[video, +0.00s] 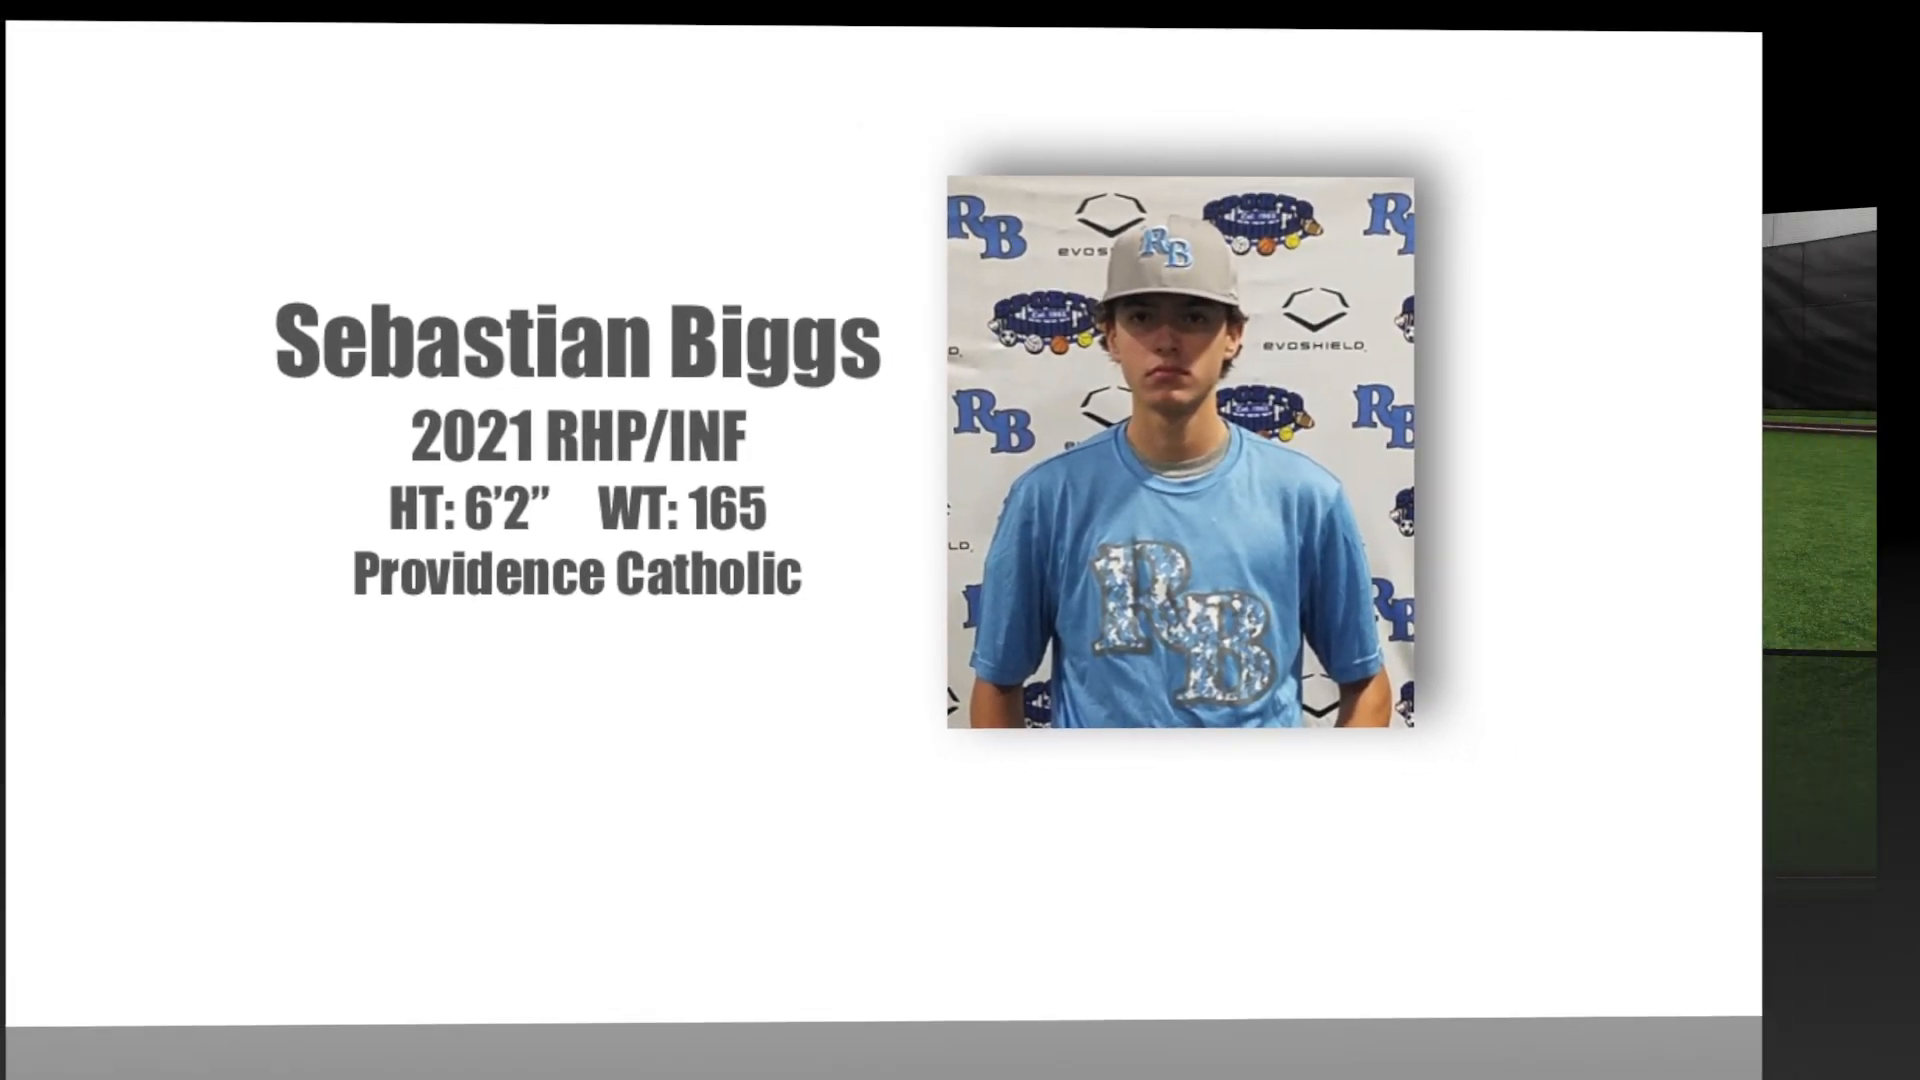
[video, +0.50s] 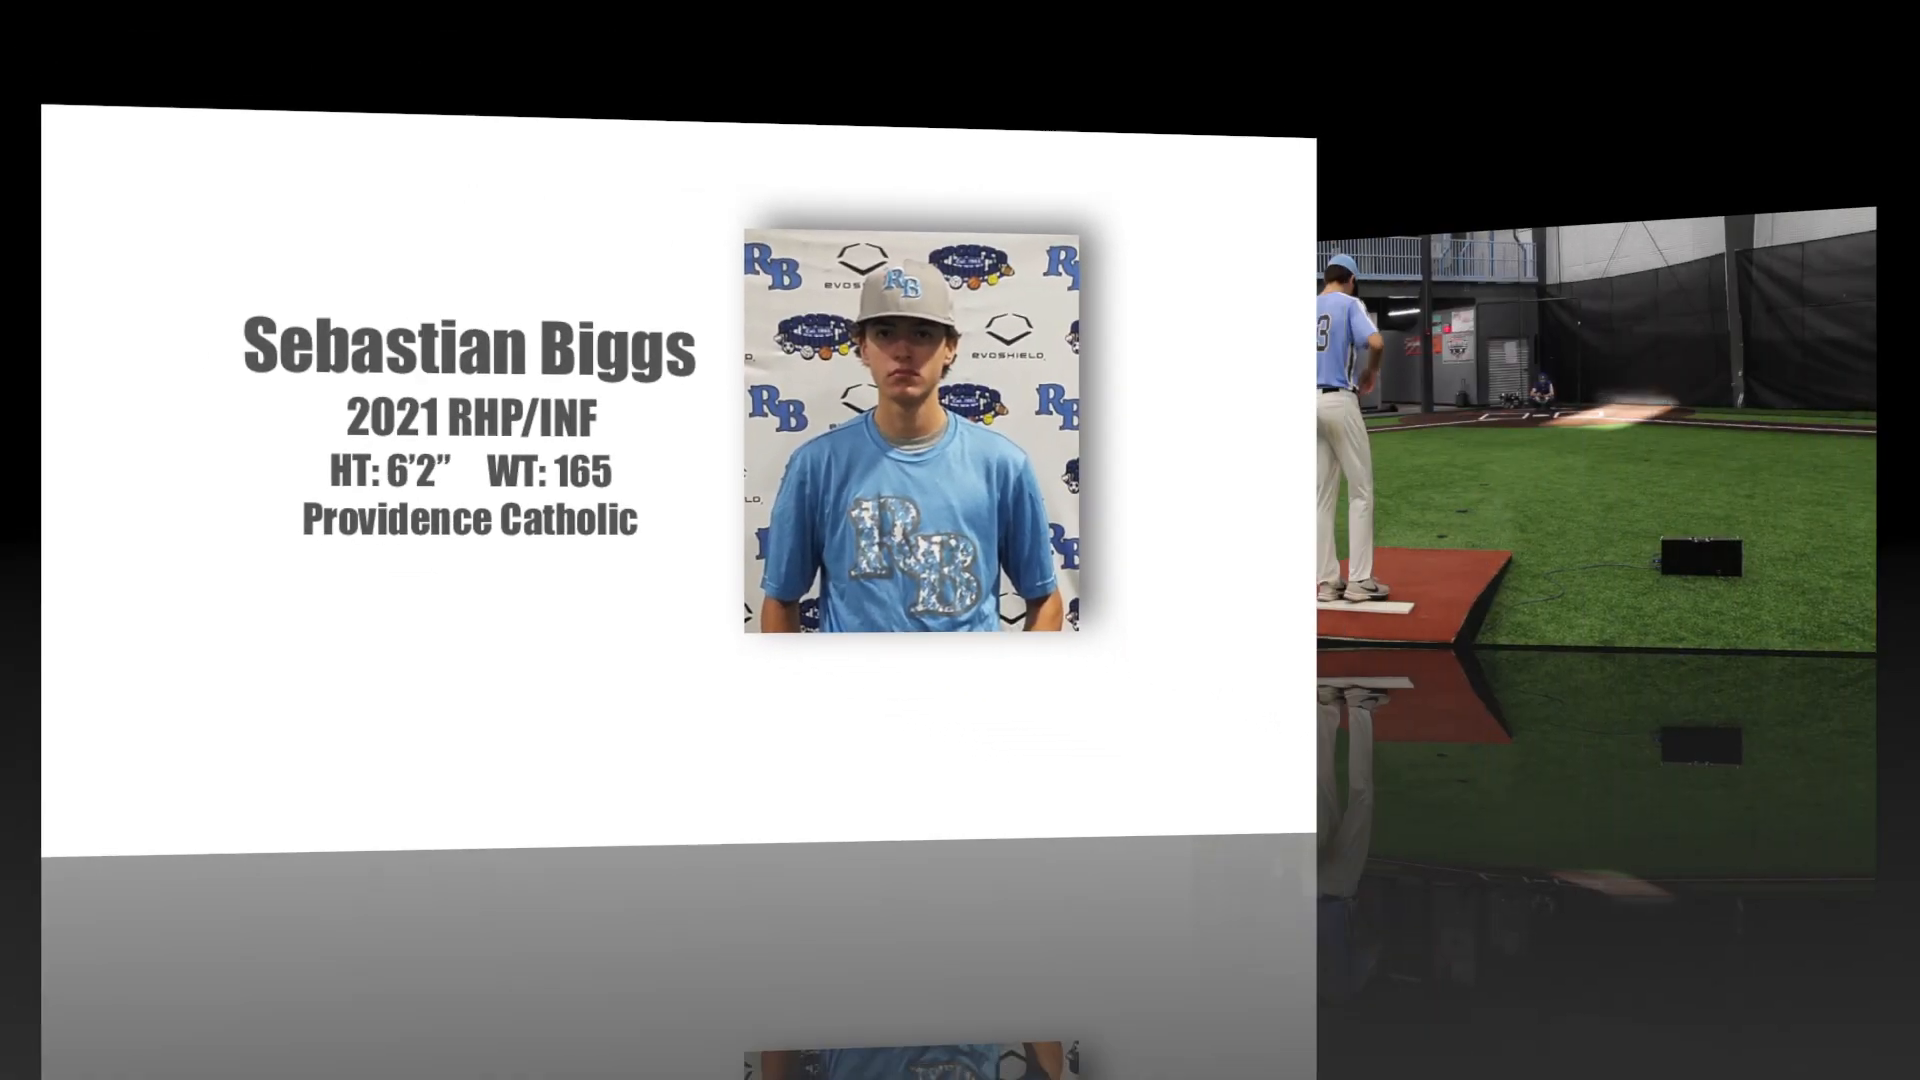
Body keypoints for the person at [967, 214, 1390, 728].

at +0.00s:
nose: (1167, 340)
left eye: (1194, 317)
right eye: (1144, 317)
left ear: (1232, 337)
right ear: (1111, 337)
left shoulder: (1308, 497)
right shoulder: (1044, 501)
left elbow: (1367, 685)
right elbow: (998, 687)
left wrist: (1331, 800)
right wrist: (1007, 805)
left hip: (1266, 799)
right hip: (1096, 799)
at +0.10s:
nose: (1117, 342)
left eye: (1142, 320)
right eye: (1096, 320)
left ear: (1179, 339)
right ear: (1064, 339)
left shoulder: (1249, 491)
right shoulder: (1002, 494)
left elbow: (1306, 668)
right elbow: (958, 671)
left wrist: (1273, 776)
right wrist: (965, 782)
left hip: (1211, 775)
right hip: (1050, 776)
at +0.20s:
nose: (1064, 344)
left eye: (1087, 324)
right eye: (1044, 324)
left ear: (1121, 343)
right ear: (1014, 341)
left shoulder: (1188, 484)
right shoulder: (955, 486)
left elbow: (1240, 650)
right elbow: (914, 652)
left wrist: (1210, 753)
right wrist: (921, 757)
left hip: (1151, 752)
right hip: (1001, 752)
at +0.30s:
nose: (1009, 346)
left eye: (1031, 327)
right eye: (990, 327)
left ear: (1063, 344)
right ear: (963, 343)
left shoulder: (1125, 478)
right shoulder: (908, 479)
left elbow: (1173, 633)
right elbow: (869, 634)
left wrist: (1146, 728)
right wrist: (874, 732)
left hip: (1091, 725)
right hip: (951, 726)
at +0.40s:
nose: (956, 349)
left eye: (976, 331)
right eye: (938, 331)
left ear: (1005, 347)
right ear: (912, 345)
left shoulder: (1063, 471)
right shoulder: (861, 473)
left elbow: (1108, 616)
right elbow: (824, 618)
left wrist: (1081, 706)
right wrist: (829, 711)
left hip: (1031, 703)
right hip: (901, 704)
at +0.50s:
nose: (903, 350)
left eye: (922, 334)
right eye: (887, 334)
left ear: (949, 349)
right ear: (863, 347)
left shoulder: (1003, 465)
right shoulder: (815, 466)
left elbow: (1045, 601)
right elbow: (781, 601)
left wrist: (1021, 683)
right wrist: (786, 689)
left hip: (973, 681)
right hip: (852, 681)